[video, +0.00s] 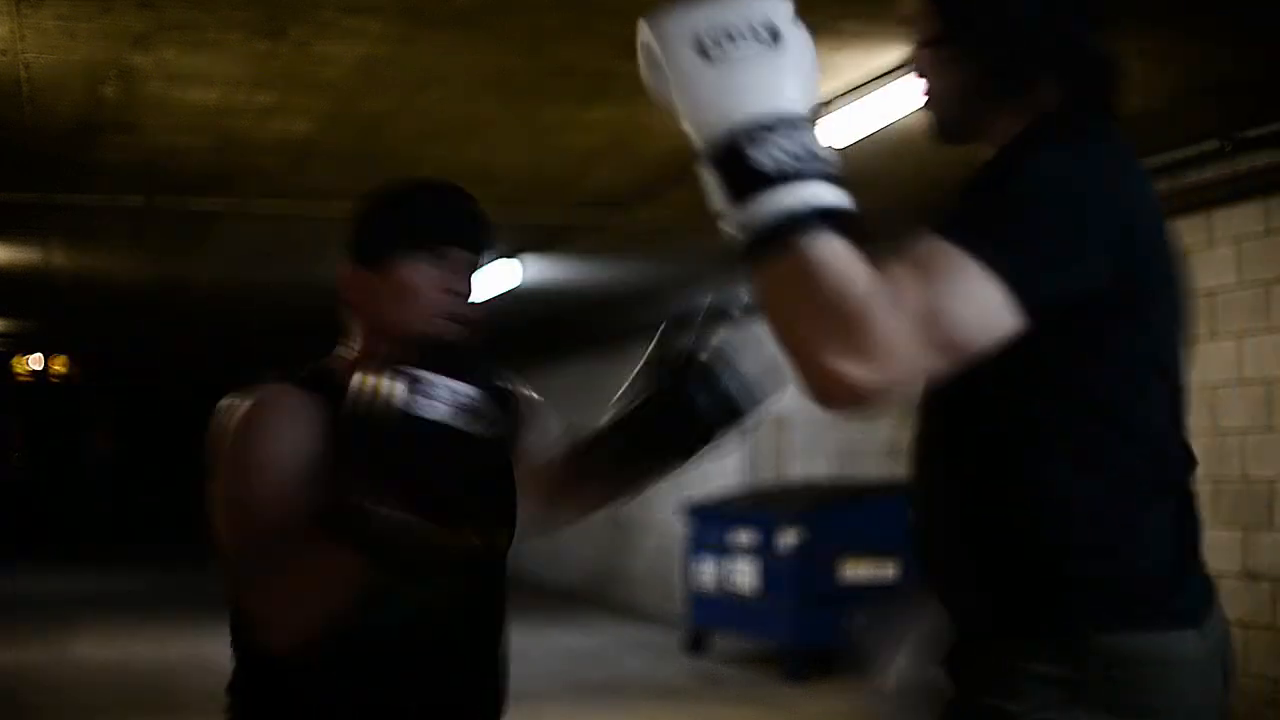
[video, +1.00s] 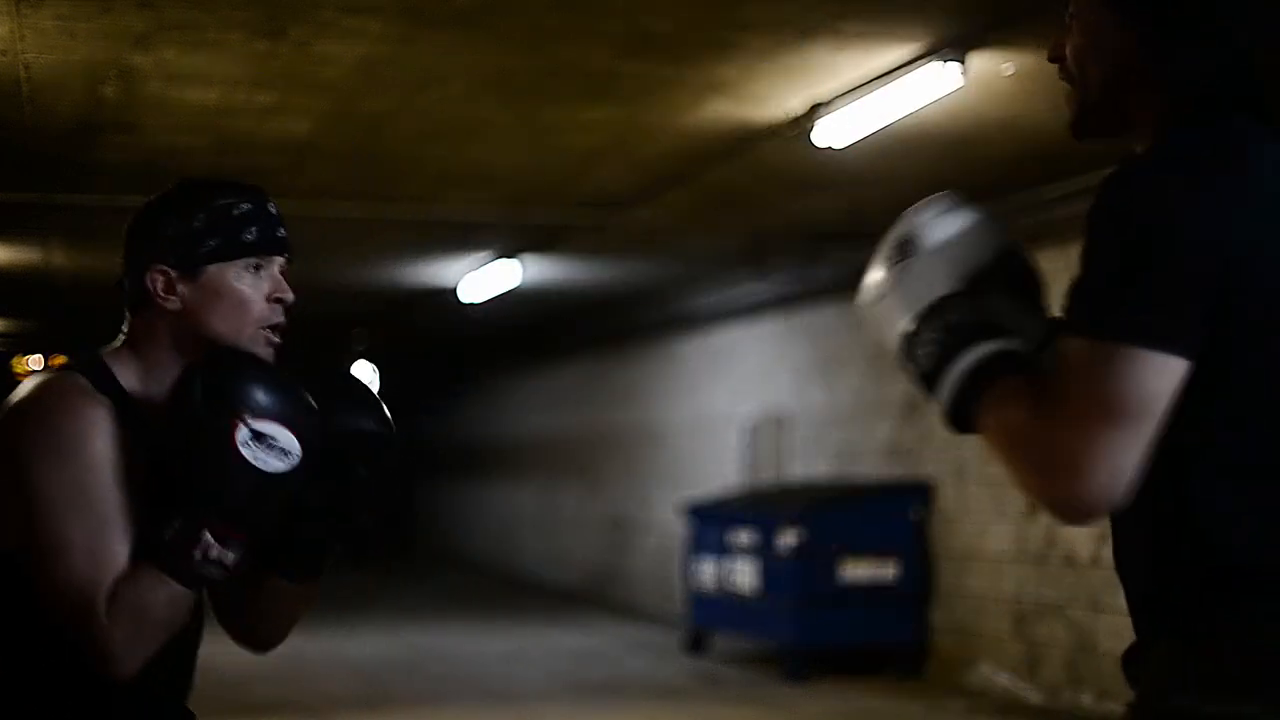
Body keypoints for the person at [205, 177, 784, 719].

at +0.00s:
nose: (461, 288)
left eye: (467, 270)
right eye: (437, 264)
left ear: (474, 285)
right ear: (363, 281)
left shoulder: (494, 413)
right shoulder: (280, 419)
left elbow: (543, 498)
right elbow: (274, 609)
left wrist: (674, 416)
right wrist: (387, 482)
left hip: (458, 709)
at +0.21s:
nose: (375, 304)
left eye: (390, 278)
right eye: (343, 283)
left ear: (411, 289)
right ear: (286, 305)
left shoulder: (492, 400)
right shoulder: (240, 456)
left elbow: (632, 452)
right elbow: (150, 665)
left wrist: (702, 438)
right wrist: (194, 532)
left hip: (479, 710)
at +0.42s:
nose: (352, 278)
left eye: (353, 254)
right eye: (320, 251)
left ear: (360, 262)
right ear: (234, 269)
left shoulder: (376, 397)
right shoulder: (143, 412)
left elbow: (431, 544)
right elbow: (116, 616)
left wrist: (487, 497)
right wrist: (232, 484)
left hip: (357, 708)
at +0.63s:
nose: (366, 224)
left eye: (361, 201)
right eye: (336, 199)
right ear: (250, 220)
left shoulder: (318, 354)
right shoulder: (148, 359)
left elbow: (400, 551)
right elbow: (197, 575)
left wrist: (434, 421)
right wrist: (298, 428)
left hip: (272, 684)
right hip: (137, 690)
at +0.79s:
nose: (349, 273)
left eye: (346, 247)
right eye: (323, 244)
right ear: (235, 262)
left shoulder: (261, 391)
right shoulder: (130, 390)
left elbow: (376, 581)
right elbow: (208, 617)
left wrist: (417, 428)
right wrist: (295, 450)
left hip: (211, 710)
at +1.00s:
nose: (285, 294)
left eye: (280, 271)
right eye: (253, 269)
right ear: (168, 287)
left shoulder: (205, 410)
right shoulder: (65, 413)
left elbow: (256, 627)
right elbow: (111, 644)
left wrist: (321, 500)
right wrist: (215, 505)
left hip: (160, 708)